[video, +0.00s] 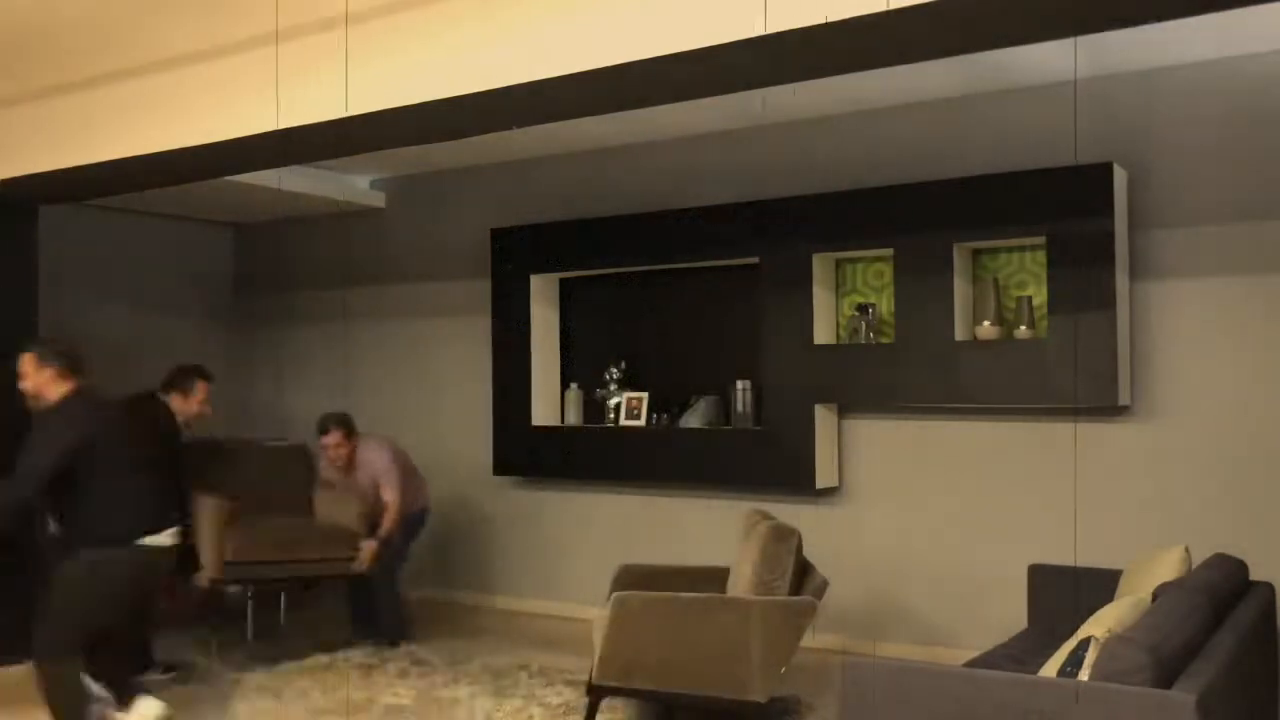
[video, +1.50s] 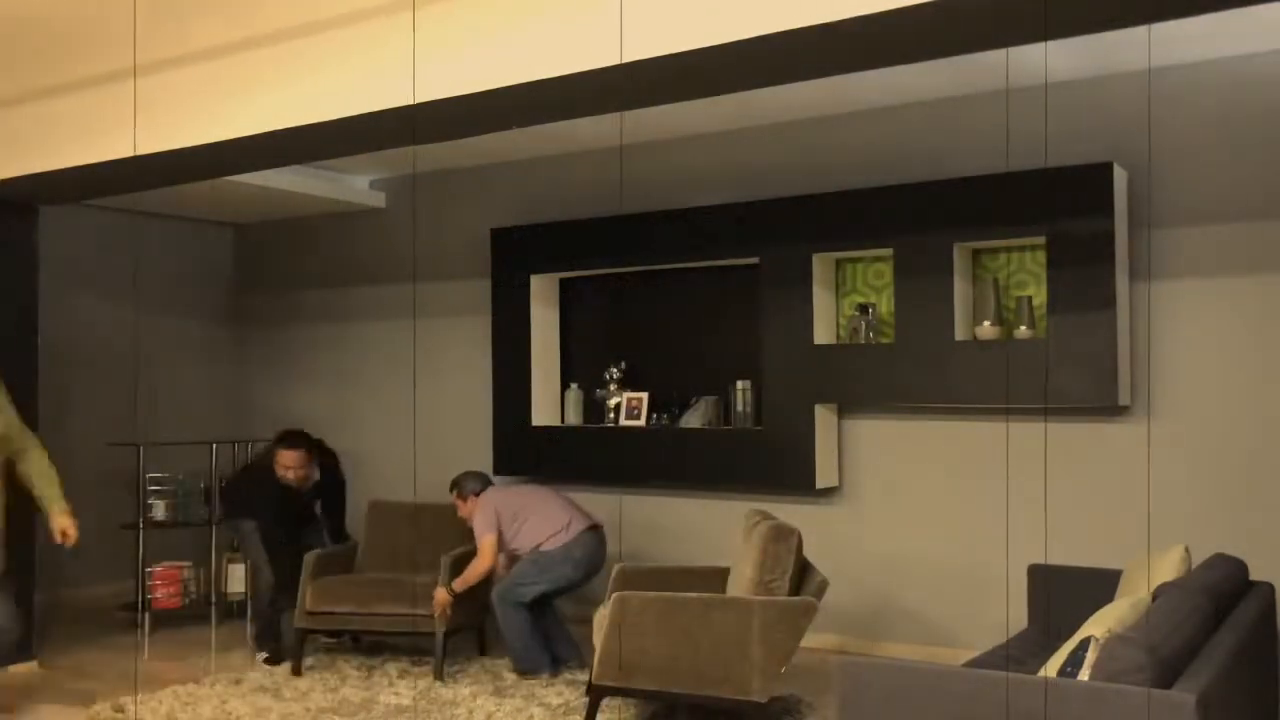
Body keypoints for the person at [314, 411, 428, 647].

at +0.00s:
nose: (333, 454)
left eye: (339, 446)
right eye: (326, 448)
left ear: (353, 442)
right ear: (320, 448)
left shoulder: (378, 455)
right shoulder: (327, 465)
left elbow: (393, 505)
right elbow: (328, 509)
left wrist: (377, 542)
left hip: (408, 508)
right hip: (372, 510)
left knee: (382, 567)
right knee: (357, 565)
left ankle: (392, 635)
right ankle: (364, 632)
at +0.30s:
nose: (380, 489)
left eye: (384, 481)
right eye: (377, 483)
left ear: (400, 472)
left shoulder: (430, 477)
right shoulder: (393, 497)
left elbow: (450, 525)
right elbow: (424, 522)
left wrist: (436, 563)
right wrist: (425, 561)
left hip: (472, 513)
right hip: (436, 515)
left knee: (456, 572)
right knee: (433, 570)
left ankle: (458, 631)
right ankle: (431, 630)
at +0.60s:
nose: (419, 492)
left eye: (422, 483)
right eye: (416, 486)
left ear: (438, 475)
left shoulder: (463, 481)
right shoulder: (441, 497)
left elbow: (476, 529)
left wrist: (459, 568)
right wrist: (448, 570)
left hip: (524, 517)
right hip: (497, 522)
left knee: (498, 569)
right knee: (474, 571)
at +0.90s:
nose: (452, 464)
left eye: (454, 456)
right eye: (450, 458)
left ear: (473, 450)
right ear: (473, 450)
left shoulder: (498, 461)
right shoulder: (479, 474)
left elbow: (496, 515)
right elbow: (493, 519)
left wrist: (467, 558)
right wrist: (464, 563)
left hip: (560, 514)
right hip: (527, 519)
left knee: (521, 564)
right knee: (500, 566)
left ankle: (538, 648)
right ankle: (508, 638)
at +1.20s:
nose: (463, 485)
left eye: (463, 477)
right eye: (461, 478)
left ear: (478, 470)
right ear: (482, 468)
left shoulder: (495, 483)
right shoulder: (508, 475)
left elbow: (486, 544)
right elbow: (516, 542)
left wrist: (450, 583)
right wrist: (509, 583)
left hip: (578, 526)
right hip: (596, 519)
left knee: (527, 588)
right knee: (549, 591)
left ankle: (536, 666)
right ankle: (568, 657)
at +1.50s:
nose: (459, 514)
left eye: (458, 505)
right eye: (457, 507)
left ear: (472, 498)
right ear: (482, 493)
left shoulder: (484, 505)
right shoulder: (506, 497)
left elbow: (485, 561)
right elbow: (505, 564)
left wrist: (450, 591)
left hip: (570, 548)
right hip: (590, 542)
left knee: (505, 596)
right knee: (534, 599)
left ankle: (533, 669)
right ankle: (570, 660)